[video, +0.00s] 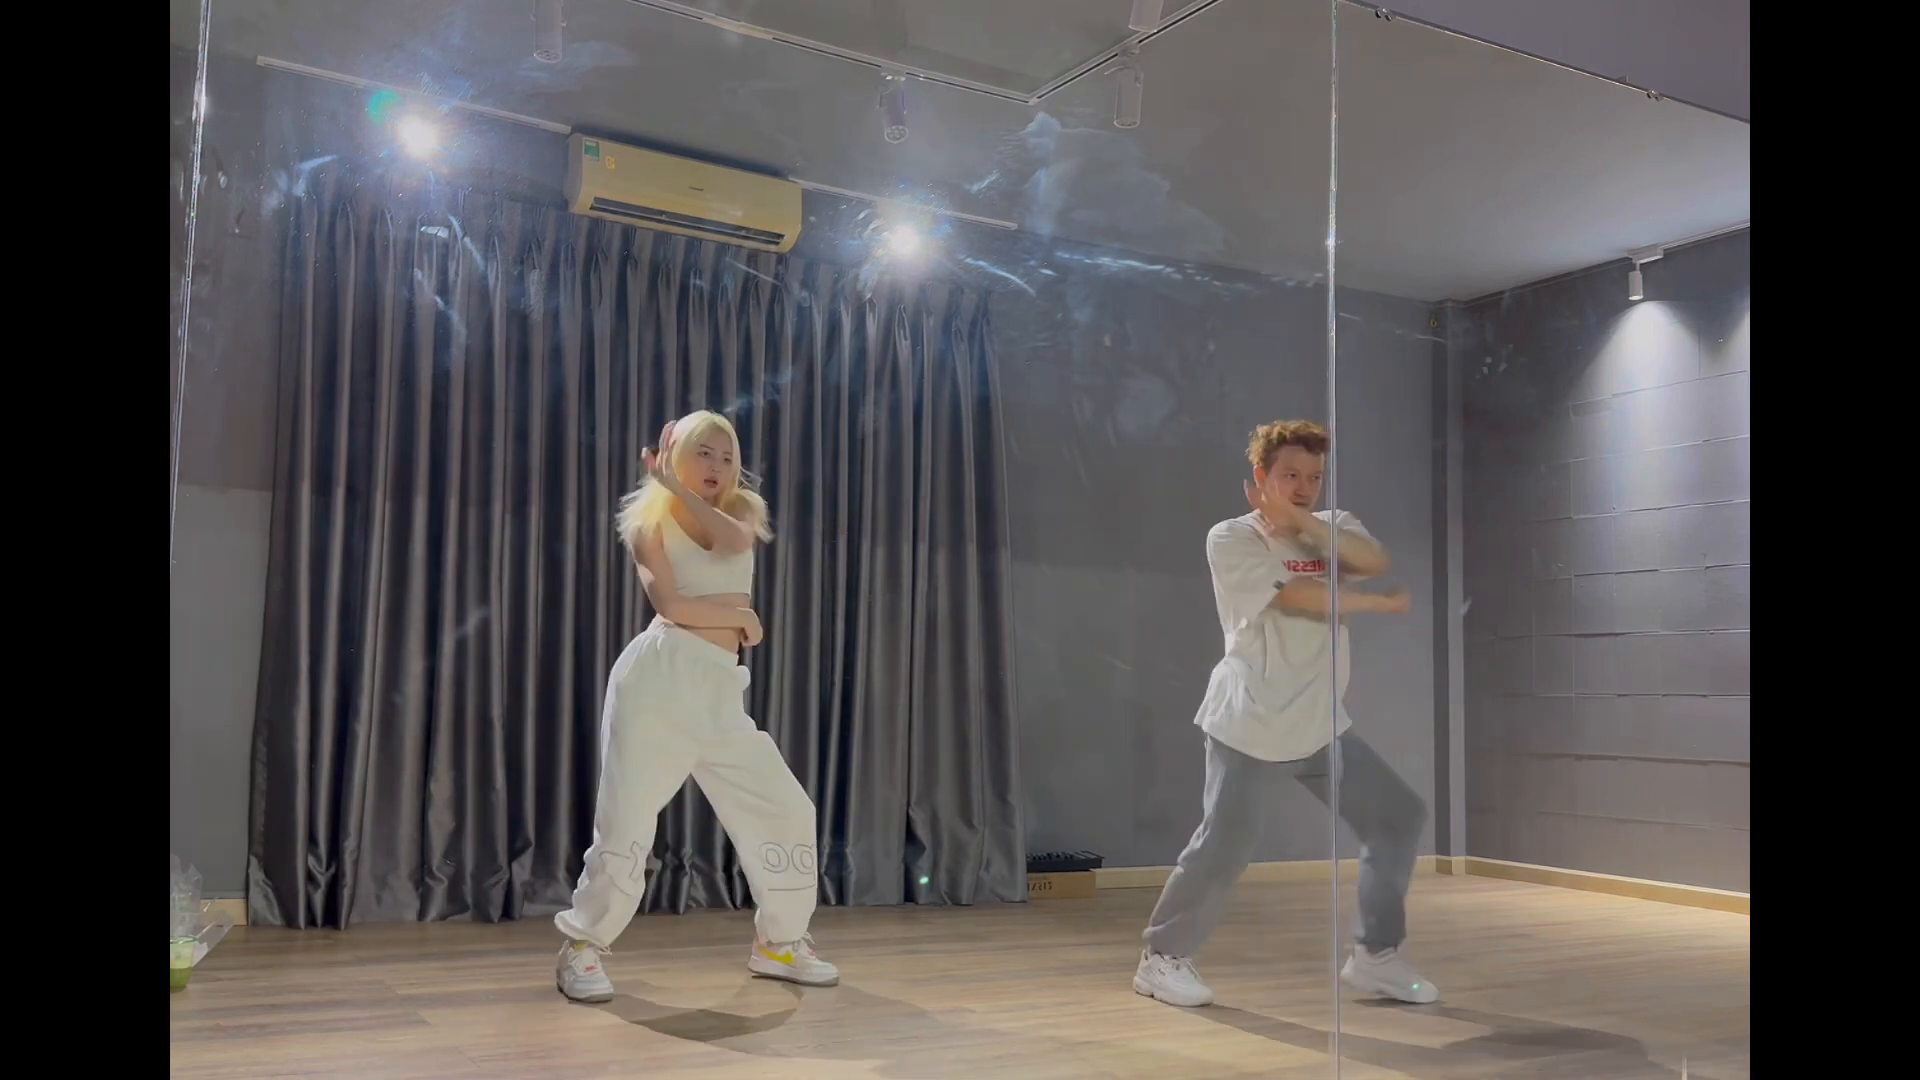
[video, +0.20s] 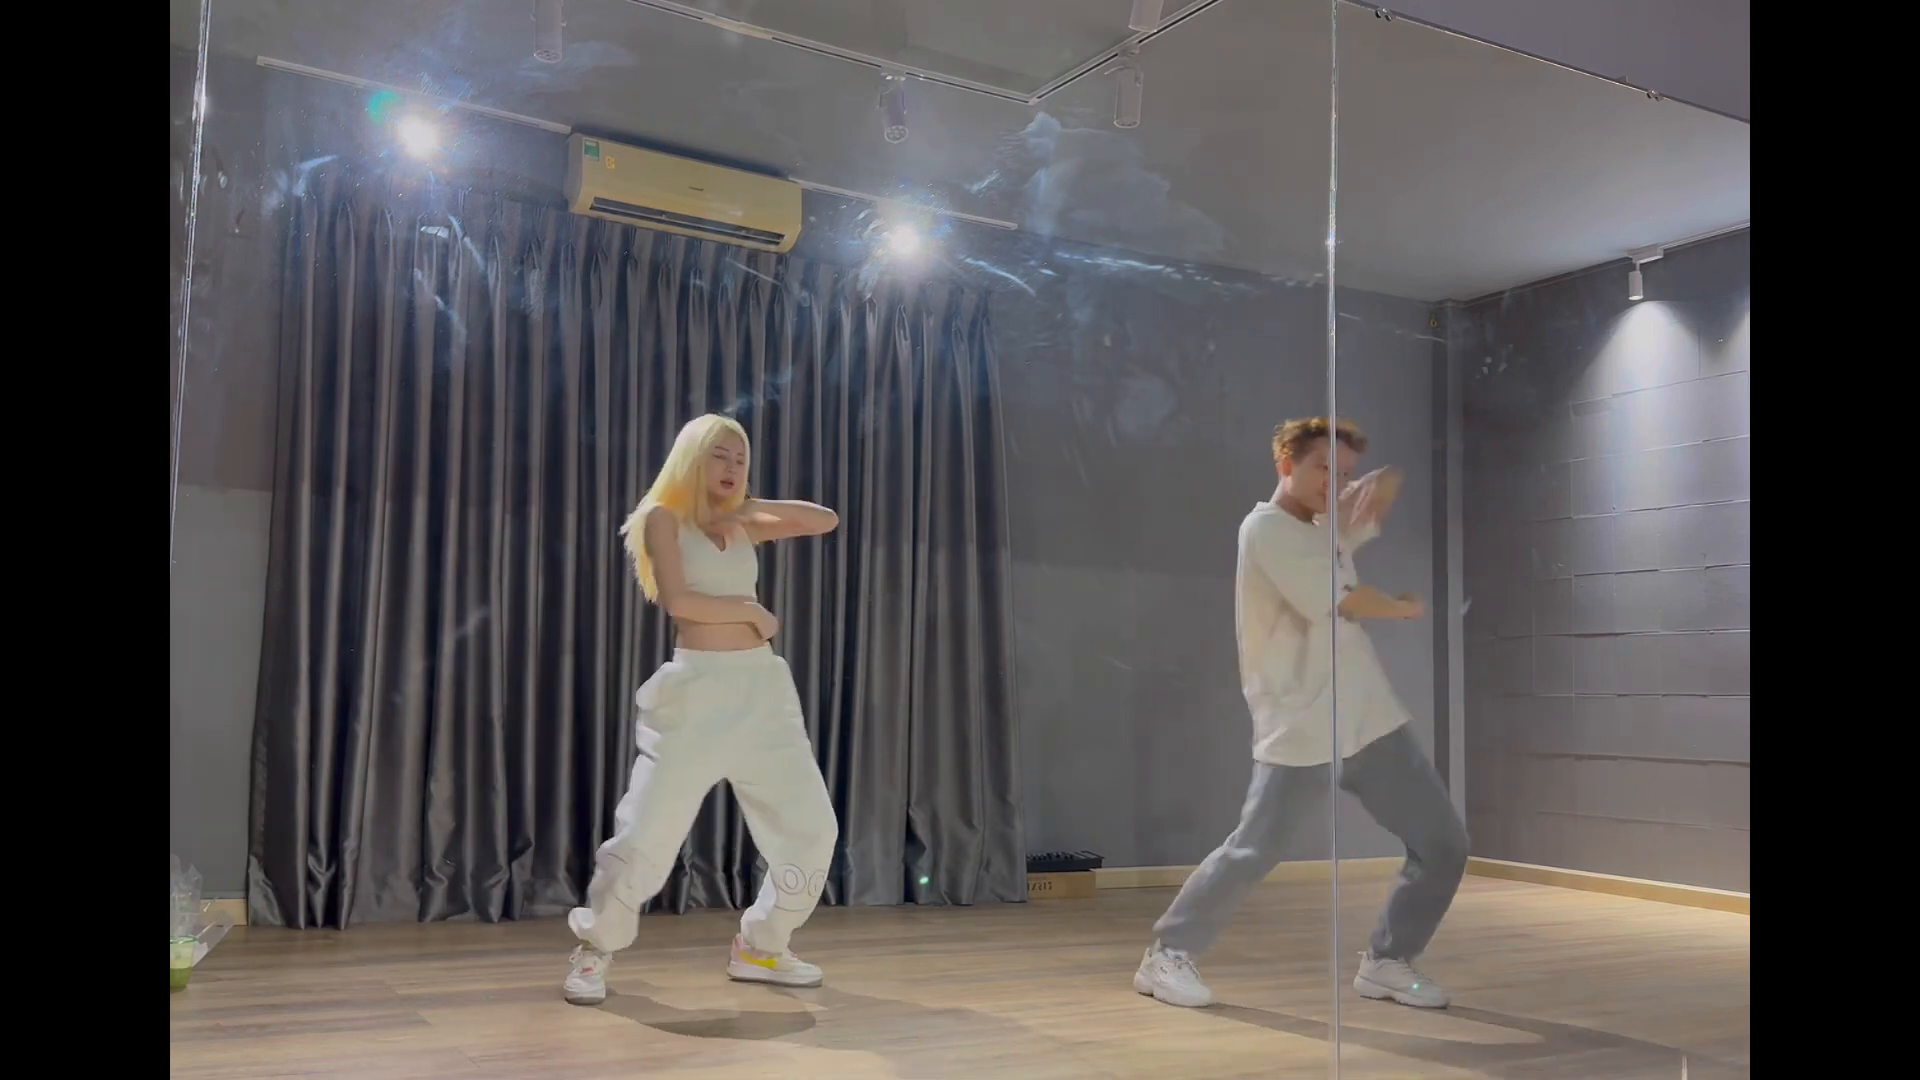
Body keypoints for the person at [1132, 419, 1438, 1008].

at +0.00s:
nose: (1305, 487)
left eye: (1313, 477)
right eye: (1292, 476)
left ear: (1321, 483)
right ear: (1259, 480)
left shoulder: (1334, 528)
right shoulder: (1230, 541)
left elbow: (1377, 563)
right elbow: (1292, 596)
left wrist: (1308, 529)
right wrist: (1380, 603)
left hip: (1316, 722)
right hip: (1246, 721)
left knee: (1399, 816)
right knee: (1226, 839)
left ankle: (1375, 956)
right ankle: (1162, 958)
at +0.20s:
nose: (1335, 482)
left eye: (1343, 473)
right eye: (1323, 468)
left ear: (1348, 477)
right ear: (1286, 465)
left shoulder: (1327, 524)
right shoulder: (1265, 529)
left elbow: (1385, 488)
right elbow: (1340, 598)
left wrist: (1380, 485)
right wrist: (1402, 607)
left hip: (1365, 716)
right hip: (1298, 725)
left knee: (1444, 844)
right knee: (1253, 851)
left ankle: (1387, 962)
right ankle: (1166, 956)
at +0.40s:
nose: (1391, 460)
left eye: (1394, 448)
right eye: (1380, 445)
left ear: (1378, 455)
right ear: (1340, 450)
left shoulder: (1364, 510)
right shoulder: (1324, 509)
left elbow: (1419, 525)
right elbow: (1357, 545)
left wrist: (1399, 453)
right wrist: (1398, 466)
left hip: (1424, 700)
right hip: (1378, 710)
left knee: (1449, 835)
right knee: (1440, 836)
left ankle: (1392, 960)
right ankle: (1332, 889)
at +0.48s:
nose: (1406, 452)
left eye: (1410, 442)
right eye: (1396, 440)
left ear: (1406, 448)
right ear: (1358, 445)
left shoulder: (1390, 514)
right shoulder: (1342, 507)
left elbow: (1463, 559)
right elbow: (1383, 562)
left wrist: (1421, 484)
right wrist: (1397, 481)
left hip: (1417, 700)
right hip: (1393, 701)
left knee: (1431, 830)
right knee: (1513, 790)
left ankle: (1389, 961)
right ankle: (1418, 901)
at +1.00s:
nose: (1463, 464)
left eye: (1468, 456)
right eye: (1455, 451)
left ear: (1454, 457)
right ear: (1416, 446)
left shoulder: (1442, 506)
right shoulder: (1381, 490)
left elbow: (1501, 495)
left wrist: (1507, 494)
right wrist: (1492, 512)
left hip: (1460, 712)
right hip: (1434, 714)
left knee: (1469, 847)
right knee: (1536, 813)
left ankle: (1388, 969)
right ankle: (1543, 986)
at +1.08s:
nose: (1470, 468)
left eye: (1470, 456)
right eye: (1460, 451)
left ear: (1448, 457)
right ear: (1418, 448)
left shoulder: (1440, 518)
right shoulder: (1387, 511)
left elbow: (1471, 503)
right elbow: (1392, 451)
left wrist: (1489, 487)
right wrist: (1480, 457)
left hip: (1467, 718)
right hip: (1423, 720)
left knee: (1462, 860)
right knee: (1505, 835)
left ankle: (1388, 970)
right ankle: (1564, 983)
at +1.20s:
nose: (1445, 430)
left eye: (1448, 421)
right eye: (1429, 422)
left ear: (1455, 441)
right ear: (1401, 447)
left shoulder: (1472, 528)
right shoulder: (1393, 510)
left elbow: (1540, 537)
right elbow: (1449, 513)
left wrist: (1494, 460)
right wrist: (1446, 443)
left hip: (1477, 712)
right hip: (1421, 712)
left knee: (1467, 853)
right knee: (1497, 835)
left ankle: (1389, 970)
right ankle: (1552, 986)